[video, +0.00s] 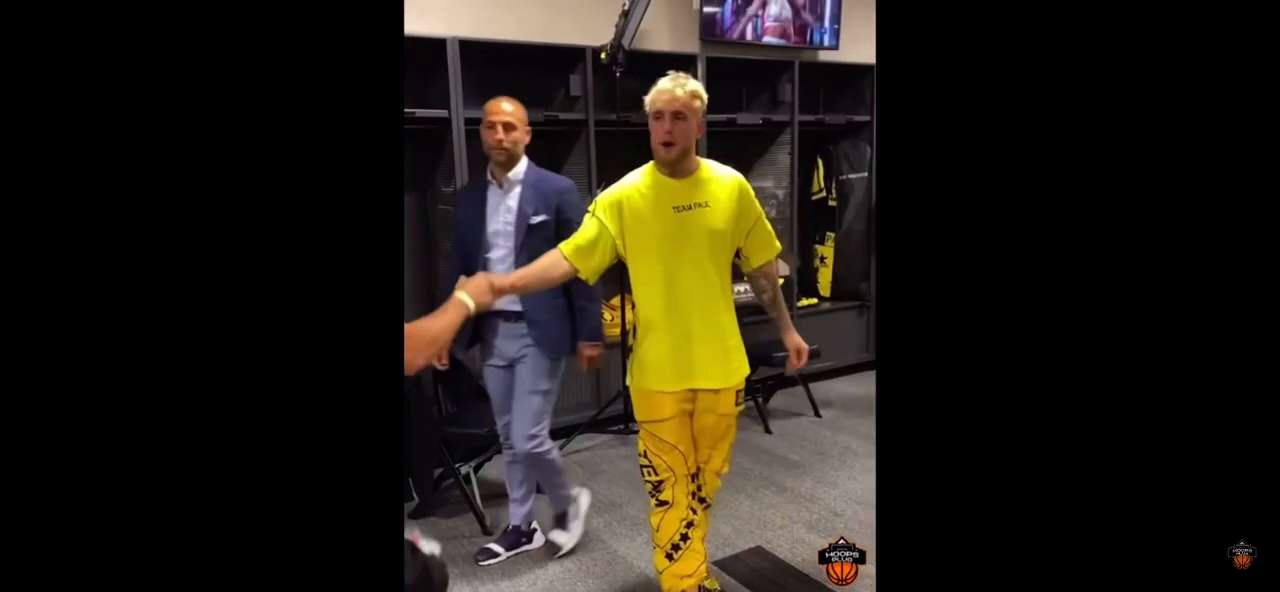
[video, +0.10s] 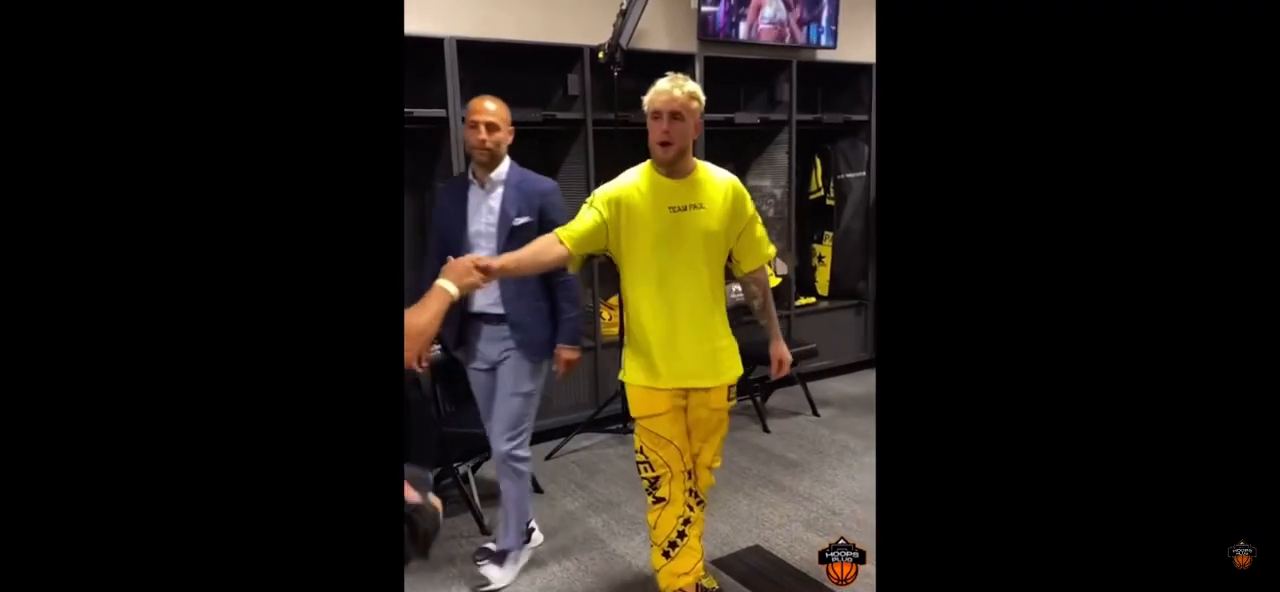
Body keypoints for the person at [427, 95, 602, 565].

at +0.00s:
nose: (499, 135)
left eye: (509, 128)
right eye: (492, 128)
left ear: (527, 135)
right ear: (481, 135)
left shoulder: (557, 191)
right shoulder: (470, 197)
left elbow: (582, 266)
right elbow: (462, 269)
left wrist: (590, 333)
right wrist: (444, 334)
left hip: (540, 327)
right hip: (491, 328)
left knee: (529, 440)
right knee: (509, 439)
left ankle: (568, 500)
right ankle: (520, 527)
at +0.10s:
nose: (481, 135)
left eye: (491, 128)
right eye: (474, 127)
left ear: (510, 135)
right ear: (463, 134)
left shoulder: (540, 191)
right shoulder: (450, 194)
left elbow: (563, 270)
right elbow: (435, 265)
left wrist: (569, 335)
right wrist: (424, 332)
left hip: (522, 329)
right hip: (469, 330)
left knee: (509, 443)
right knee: (500, 441)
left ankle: (511, 545)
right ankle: (524, 521)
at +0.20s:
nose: (467, 139)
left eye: (477, 131)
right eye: (459, 130)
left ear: (495, 137)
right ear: (447, 135)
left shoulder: (525, 196)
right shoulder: (431, 197)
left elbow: (547, 275)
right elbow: (420, 267)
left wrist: (546, 344)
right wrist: (415, 332)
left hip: (506, 336)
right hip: (453, 335)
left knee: (487, 448)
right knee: (489, 439)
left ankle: (456, 564)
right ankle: (518, 522)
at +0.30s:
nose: (453, 142)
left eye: (465, 134)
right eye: (446, 132)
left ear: (482, 141)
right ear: (434, 136)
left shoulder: (511, 202)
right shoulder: (415, 199)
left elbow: (532, 286)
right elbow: (411, 273)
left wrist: (526, 354)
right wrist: (408, 346)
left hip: (487, 344)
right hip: (433, 341)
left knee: (463, 459)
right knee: (479, 442)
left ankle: (438, 567)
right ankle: (516, 522)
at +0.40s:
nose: (444, 143)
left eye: (456, 136)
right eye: (436, 132)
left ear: (473, 143)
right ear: (425, 135)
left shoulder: (498, 207)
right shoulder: (409, 196)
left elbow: (518, 290)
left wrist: (512, 362)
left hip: (469, 351)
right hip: (417, 346)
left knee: (454, 464)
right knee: (457, 445)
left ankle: (433, 573)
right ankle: (515, 518)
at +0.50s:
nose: (439, 140)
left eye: (452, 133)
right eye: (432, 128)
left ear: (469, 141)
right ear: (420, 130)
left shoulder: (491, 207)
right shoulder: (406, 191)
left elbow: (506, 292)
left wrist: (503, 365)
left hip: (456, 351)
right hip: (408, 345)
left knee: (450, 468)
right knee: (425, 455)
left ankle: (436, 573)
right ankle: (504, 511)